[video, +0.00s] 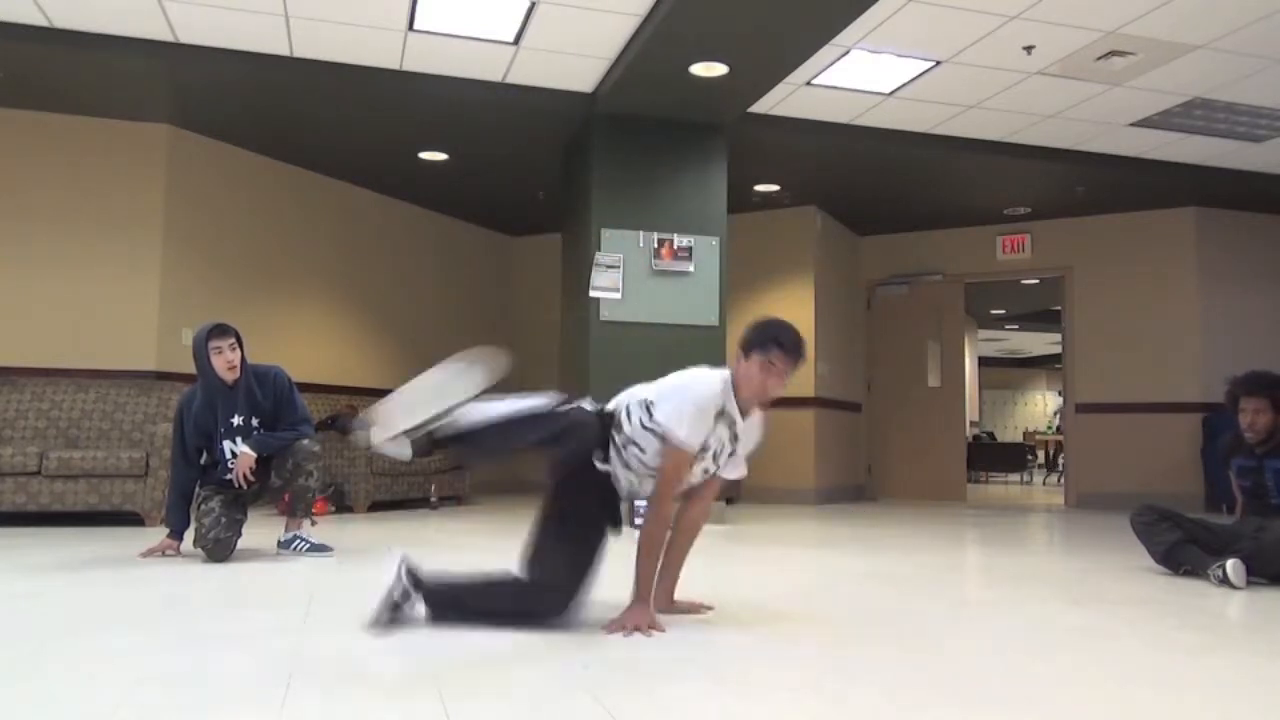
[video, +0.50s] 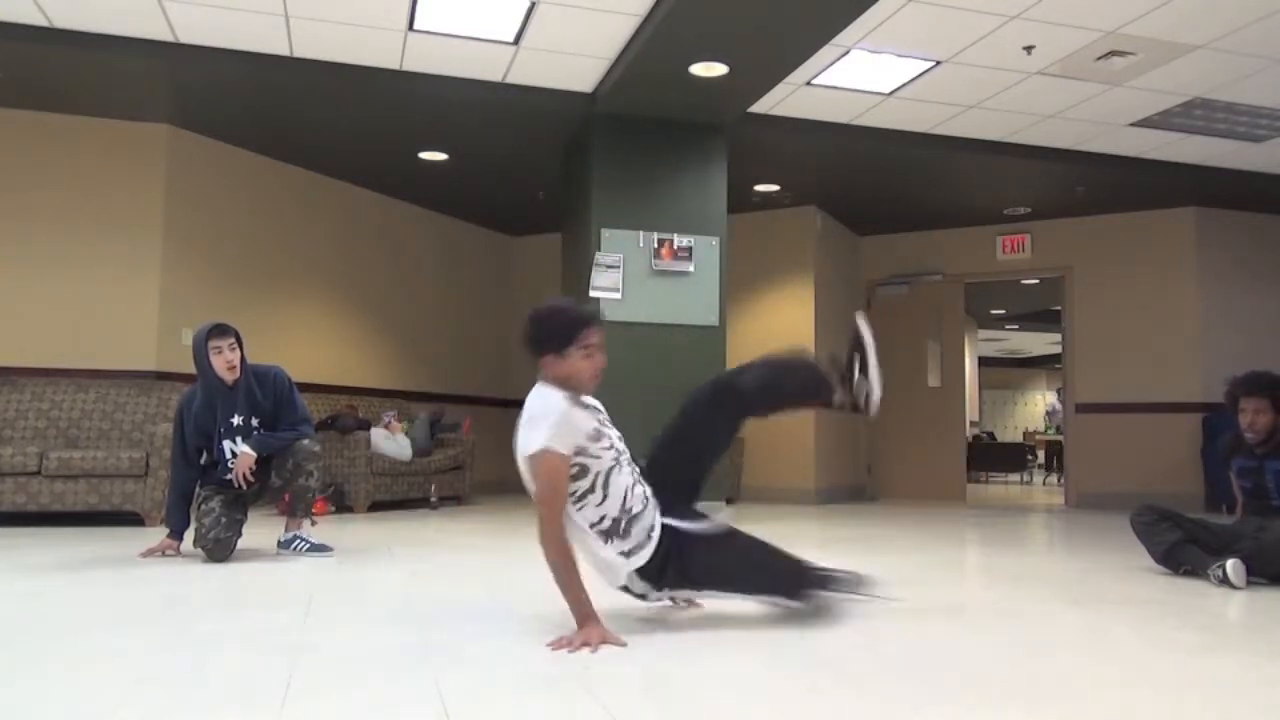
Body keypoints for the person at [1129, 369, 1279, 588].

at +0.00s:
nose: (1249, 421)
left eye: (1260, 412)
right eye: (1244, 412)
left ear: (1276, 415)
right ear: (1236, 415)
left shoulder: (1275, 453)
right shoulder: (1234, 451)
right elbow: (1242, 501)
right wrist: (1236, 532)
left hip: (1271, 536)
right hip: (1240, 534)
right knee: (1144, 515)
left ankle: (1197, 562)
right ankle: (1210, 567)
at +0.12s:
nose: (1249, 421)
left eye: (1260, 412)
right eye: (1244, 412)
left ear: (1277, 416)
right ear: (1236, 415)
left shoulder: (1276, 453)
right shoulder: (1233, 450)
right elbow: (1241, 500)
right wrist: (1236, 531)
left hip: (1271, 536)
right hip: (1240, 534)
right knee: (1144, 514)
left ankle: (1197, 562)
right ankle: (1210, 567)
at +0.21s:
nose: (1249, 421)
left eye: (1260, 412)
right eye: (1244, 412)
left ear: (1277, 416)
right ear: (1236, 415)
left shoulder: (1276, 453)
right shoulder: (1233, 450)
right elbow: (1241, 500)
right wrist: (1236, 531)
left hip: (1271, 536)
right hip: (1239, 533)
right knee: (1144, 514)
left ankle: (1197, 562)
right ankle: (1210, 567)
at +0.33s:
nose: (1249, 421)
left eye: (1260, 412)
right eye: (1244, 412)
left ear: (1277, 416)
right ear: (1236, 414)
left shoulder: (1276, 453)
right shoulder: (1233, 451)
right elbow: (1241, 500)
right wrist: (1236, 531)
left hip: (1271, 536)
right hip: (1239, 533)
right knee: (1144, 514)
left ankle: (1197, 562)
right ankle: (1210, 567)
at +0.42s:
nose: (1249, 421)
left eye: (1260, 413)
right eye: (1244, 412)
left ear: (1277, 416)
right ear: (1236, 415)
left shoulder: (1276, 453)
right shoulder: (1233, 451)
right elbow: (1241, 501)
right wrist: (1236, 531)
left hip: (1272, 536)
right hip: (1240, 534)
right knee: (1144, 515)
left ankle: (1197, 562)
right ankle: (1210, 567)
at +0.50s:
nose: (1249, 421)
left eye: (1260, 413)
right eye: (1244, 412)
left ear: (1277, 416)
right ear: (1236, 415)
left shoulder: (1275, 453)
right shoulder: (1234, 451)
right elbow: (1241, 501)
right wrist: (1236, 531)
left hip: (1271, 537)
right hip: (1240, 534)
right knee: (1145, 514)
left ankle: (1197, 562)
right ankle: (1210, 566)